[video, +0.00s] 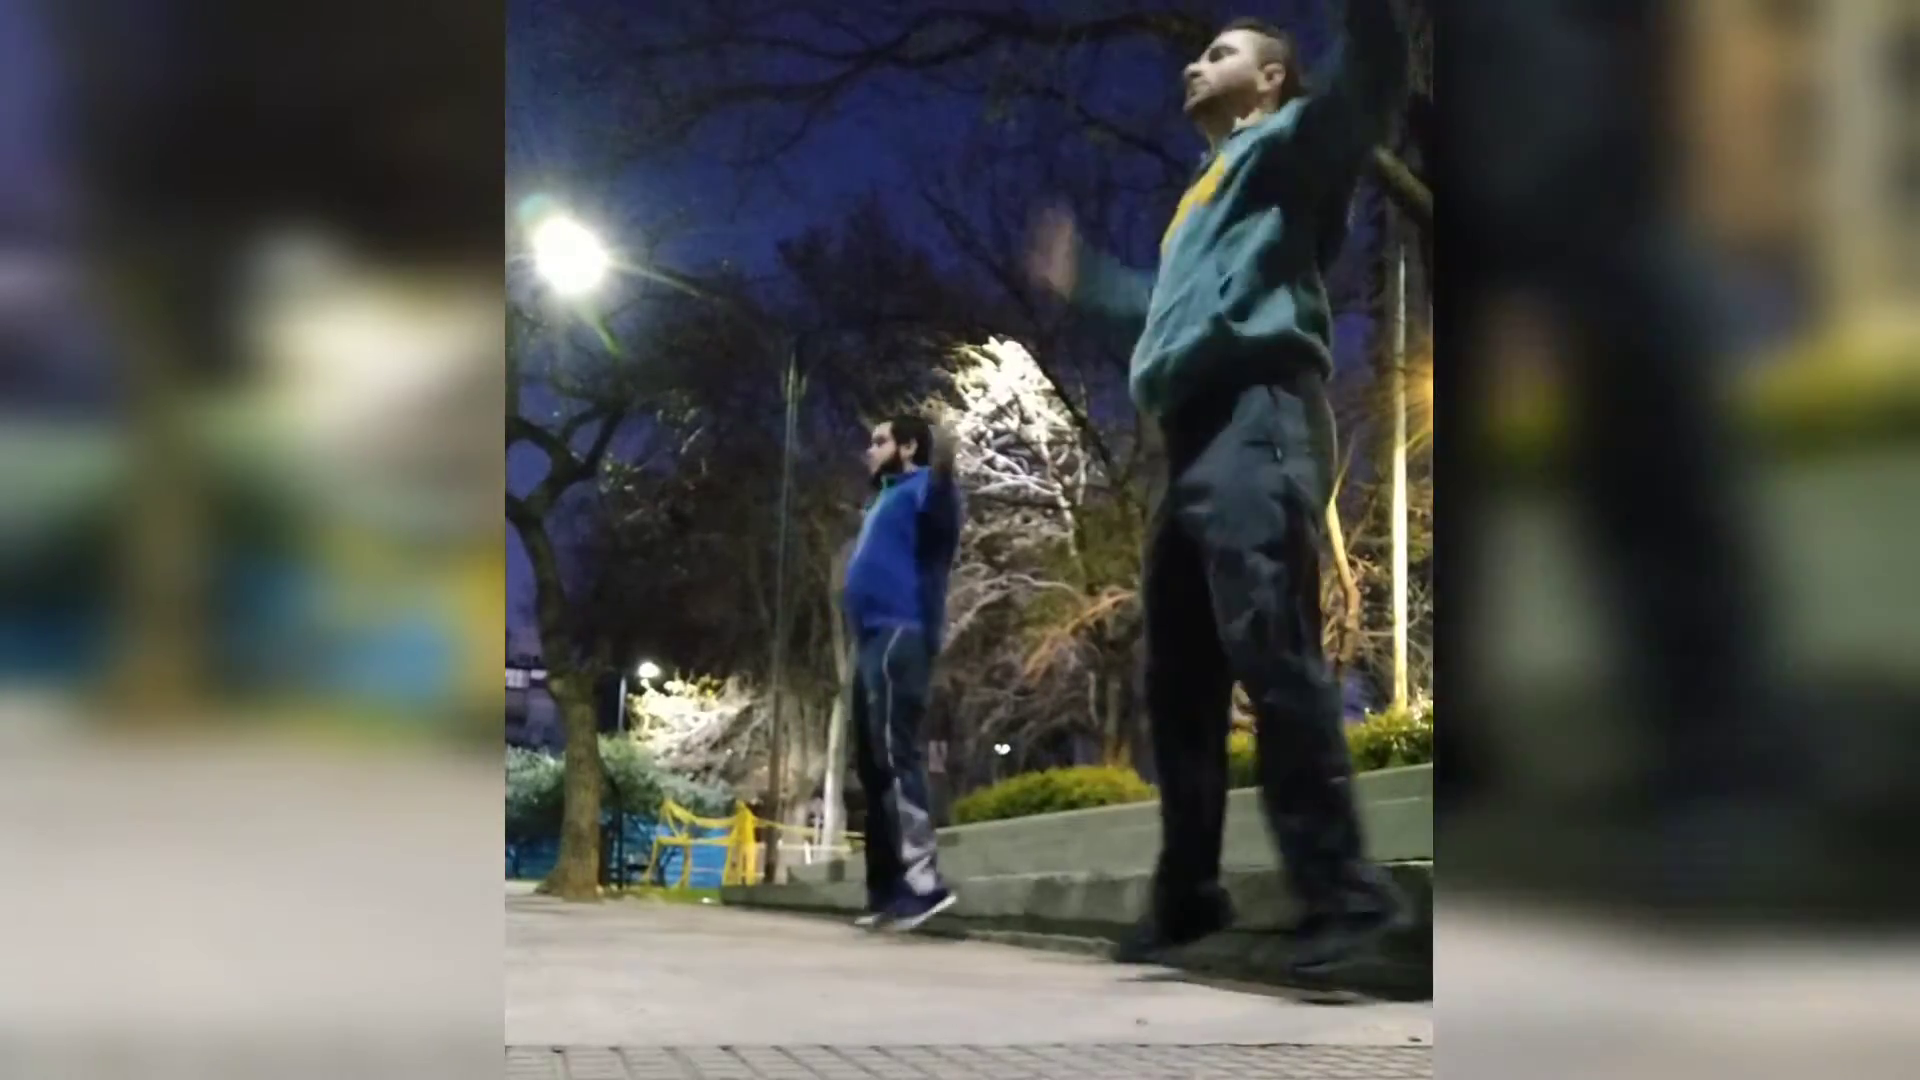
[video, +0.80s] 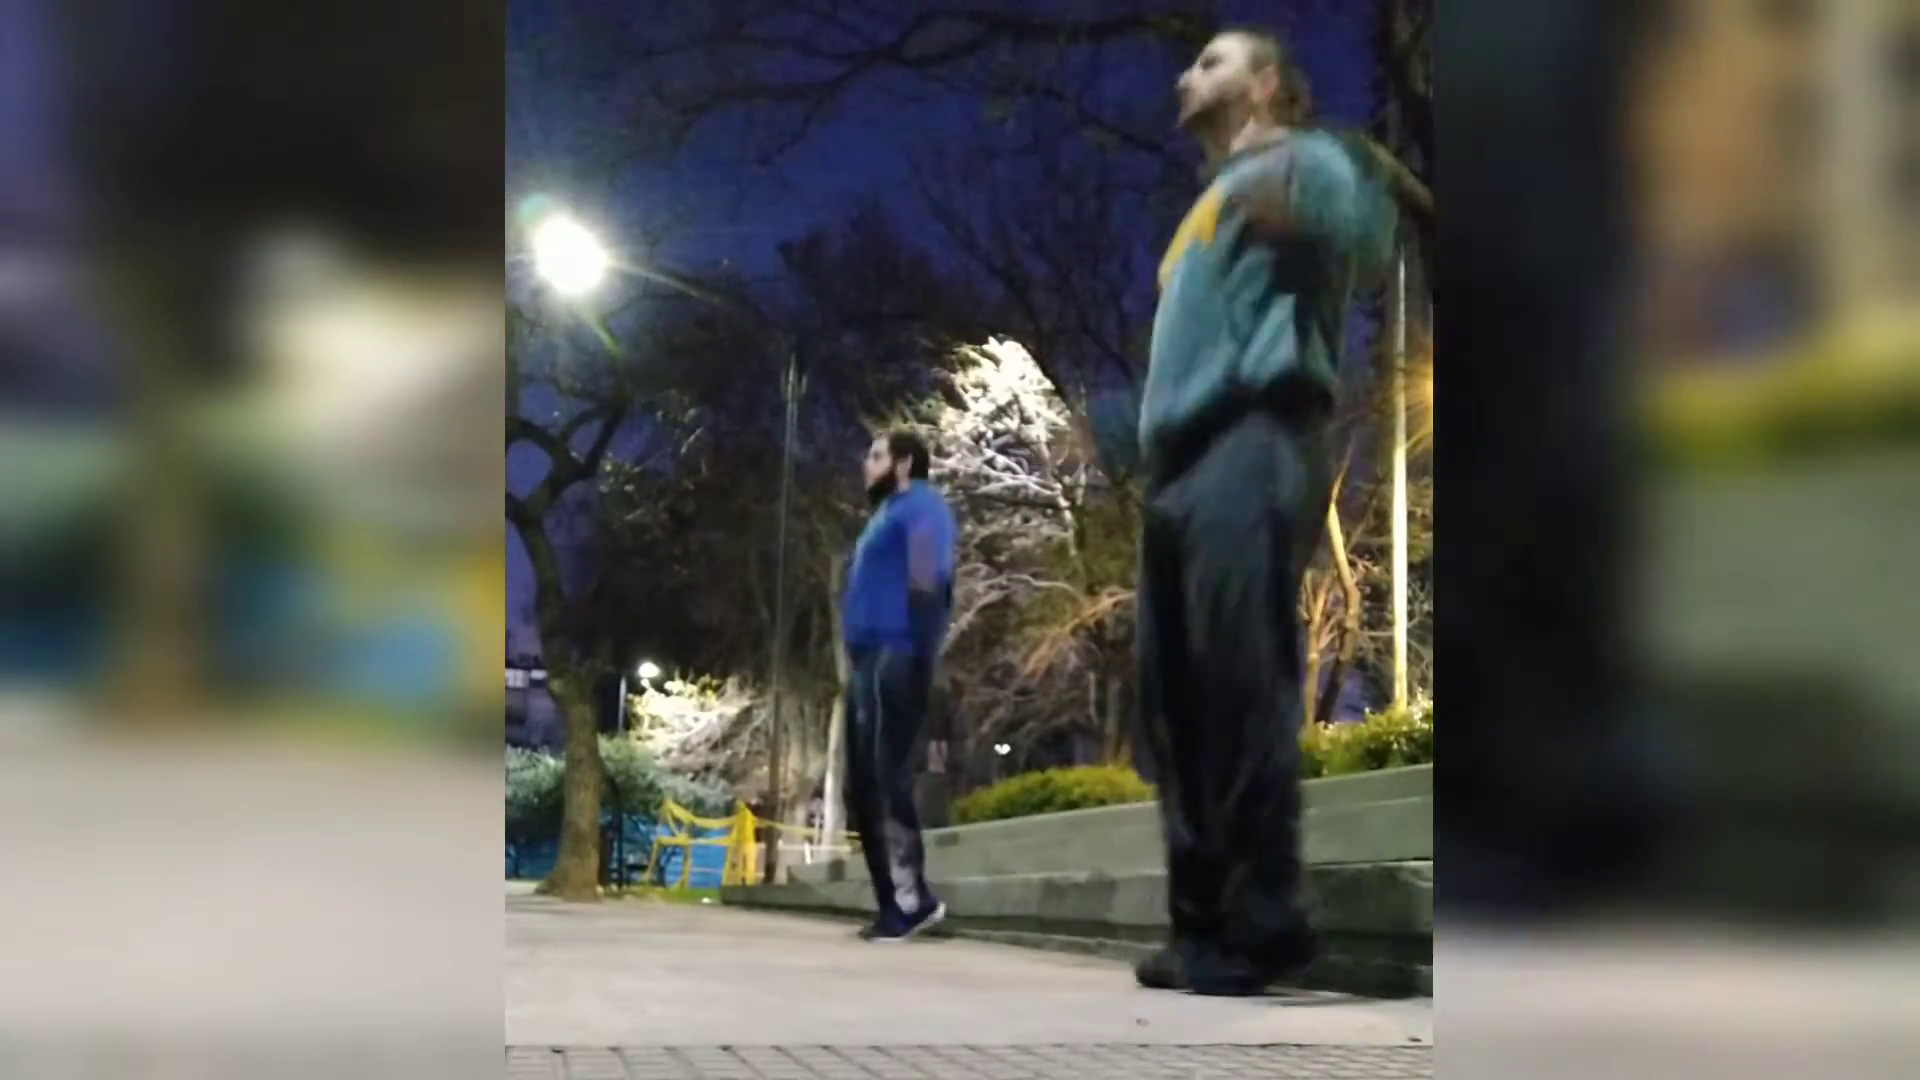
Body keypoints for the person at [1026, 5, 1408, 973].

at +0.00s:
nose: (1195, 65)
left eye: (1219, 52)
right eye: (1197, 55)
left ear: (1274, 75)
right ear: (1216, 94)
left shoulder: (1291, 146)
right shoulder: (1198, 201)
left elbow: (1363, 82)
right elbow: (1168, 311)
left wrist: (1372, 2)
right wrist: (1080, 274)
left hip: (1262, 411)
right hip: (1195, 434)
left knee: (1273, 651)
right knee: (1181, 677)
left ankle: (1347, 906)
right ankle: (1187, 897)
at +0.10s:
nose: (1196, 79)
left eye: (1219, 69)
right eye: (1198, 72)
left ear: (1272, 90)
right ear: (1204, 105)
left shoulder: (1285, 162)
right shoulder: (1188, 218)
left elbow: (1343, 55)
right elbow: (1160, 250)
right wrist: (1123, 170)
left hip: (1262, 432)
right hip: (1190, 455)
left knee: (1297, 682)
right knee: (1170, 703)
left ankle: (1385, 933)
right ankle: (1170, 908)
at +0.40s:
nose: (1185, 76)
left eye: (1209, 63)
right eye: (1189, 64)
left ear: (1263, 84)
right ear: (1200, 97)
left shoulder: (1285, 149)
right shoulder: (1188, 218)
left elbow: (1371, 65)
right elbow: (1143, 300)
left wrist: (1372, 9)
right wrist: (1063, 258)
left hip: (1264, 424)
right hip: (1192, 451)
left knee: (1274, 661)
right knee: (1160, 694)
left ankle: (1374, 932)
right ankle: (1154, 906)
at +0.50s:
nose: (1177, 68)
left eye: (1199, 52)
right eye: (1179, 56)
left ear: (1256, 74)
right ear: (1201, 85)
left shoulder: (1269, 139)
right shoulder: (1192, 199)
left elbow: (1348, 153)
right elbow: (1168, 346)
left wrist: (1329, 157)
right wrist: (1061, 373)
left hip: (1259, 421)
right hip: (1194, 445)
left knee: (1243, 645)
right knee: (1150, 676)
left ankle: (1315, 914)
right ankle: (1177, 900)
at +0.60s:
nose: (1173, 103)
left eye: (1196, 90)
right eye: (1174, 94)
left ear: (1249, 116)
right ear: (1188, 129)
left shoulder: (1288, 187)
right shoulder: (1195, 230)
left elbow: (1361, 323)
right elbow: (1184, 375)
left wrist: (1310, 406)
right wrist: (1140, 487)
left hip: (1245, 474)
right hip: (1175, 484)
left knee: (1214, 702)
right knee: (1143, 711)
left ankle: (1263, 943)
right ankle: (1207, 933)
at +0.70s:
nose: (1176, 127)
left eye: (1199, 115)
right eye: (1178, 117)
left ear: (1251, 139)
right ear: (1200, 150)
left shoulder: (1291, 223)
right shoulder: (1203, 253)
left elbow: (1343, 364)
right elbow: (1189, 399)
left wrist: (1269, 444)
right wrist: (1152, 525)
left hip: (1237, 517)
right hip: (1172, 525)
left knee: (1204, 728)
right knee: (1142, 732)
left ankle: (1267, 950)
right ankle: (1209, 940)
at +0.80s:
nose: (1188, 78)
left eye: (1211, 60)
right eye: (1190, 66)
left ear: (1267, 80)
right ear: (1222, 97)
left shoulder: (1306, 158)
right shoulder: (1214, 198)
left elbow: (1364, 232)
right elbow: (1199, 339)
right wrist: (1154, 438)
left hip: (1255, 438)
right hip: (1183, 457)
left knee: (1237, 681)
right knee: (1176, 692)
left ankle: (1264, 931)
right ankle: (1205, 930)